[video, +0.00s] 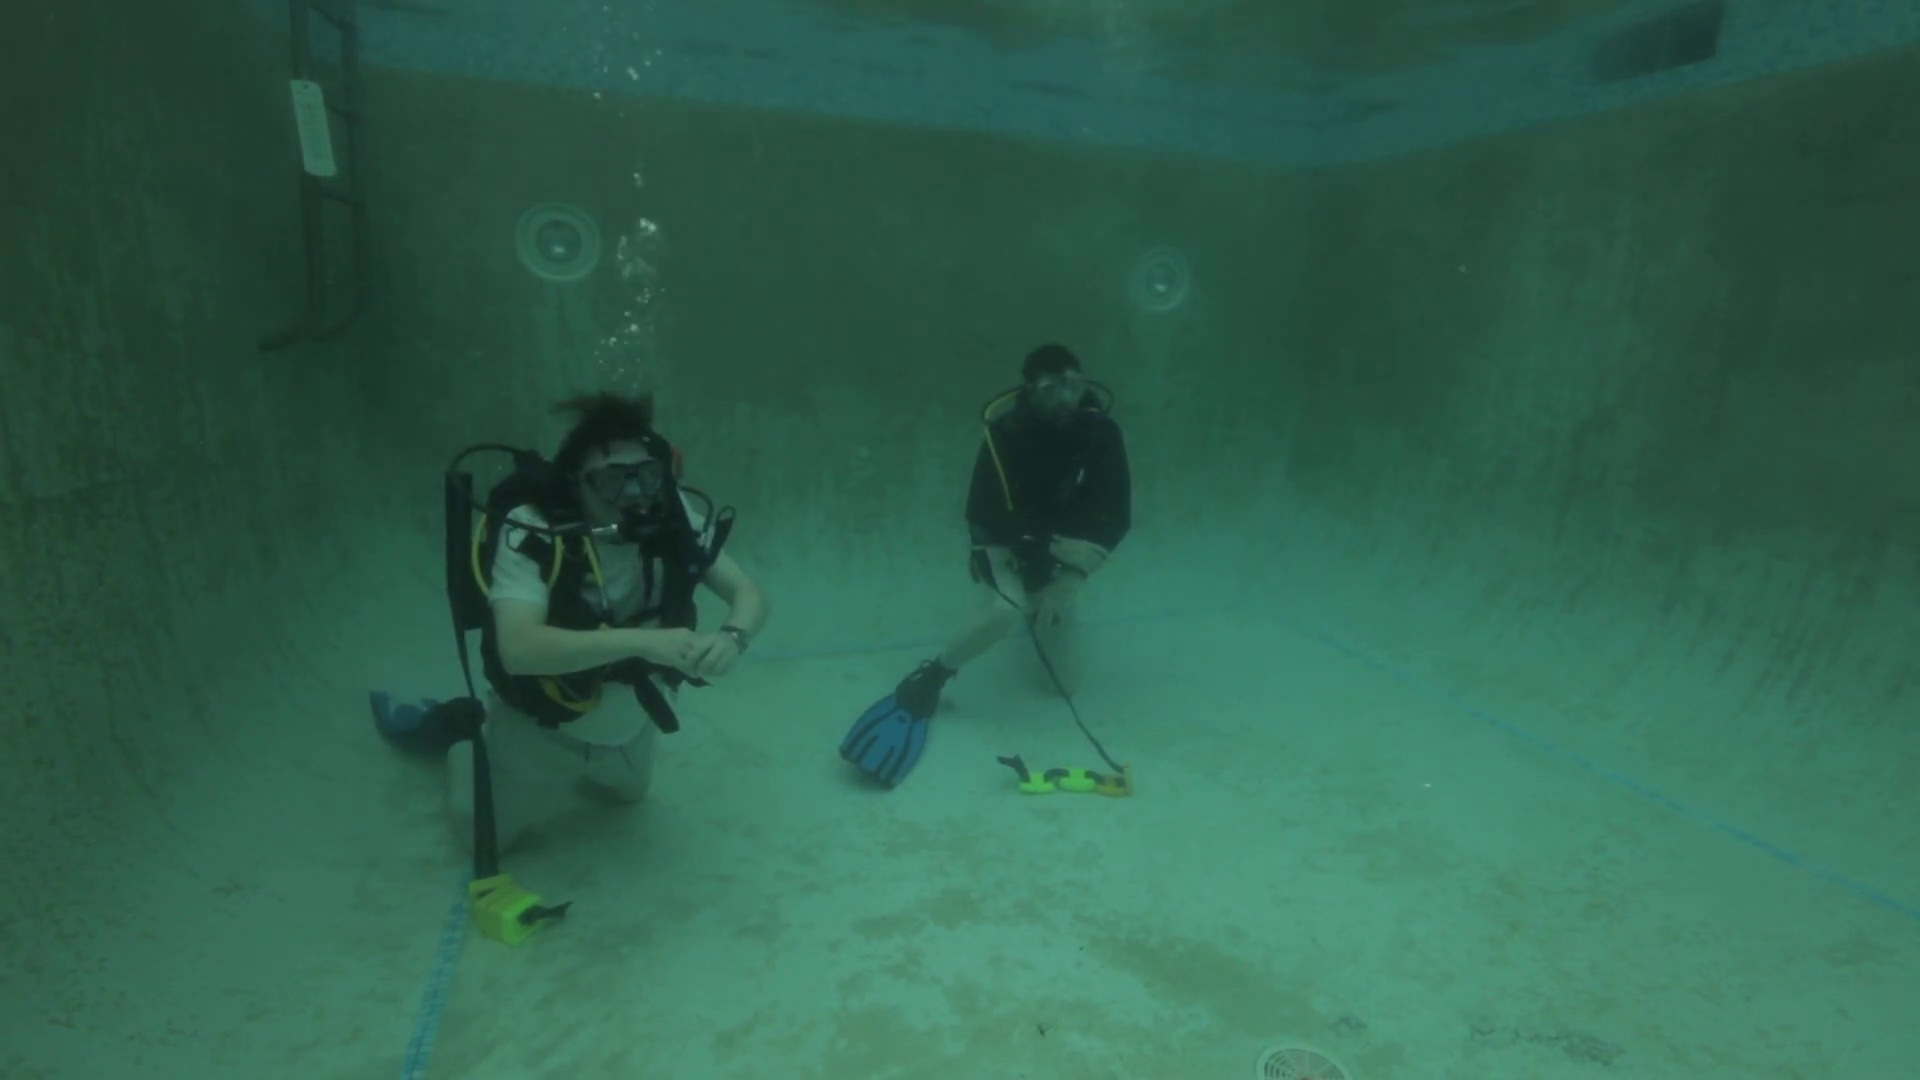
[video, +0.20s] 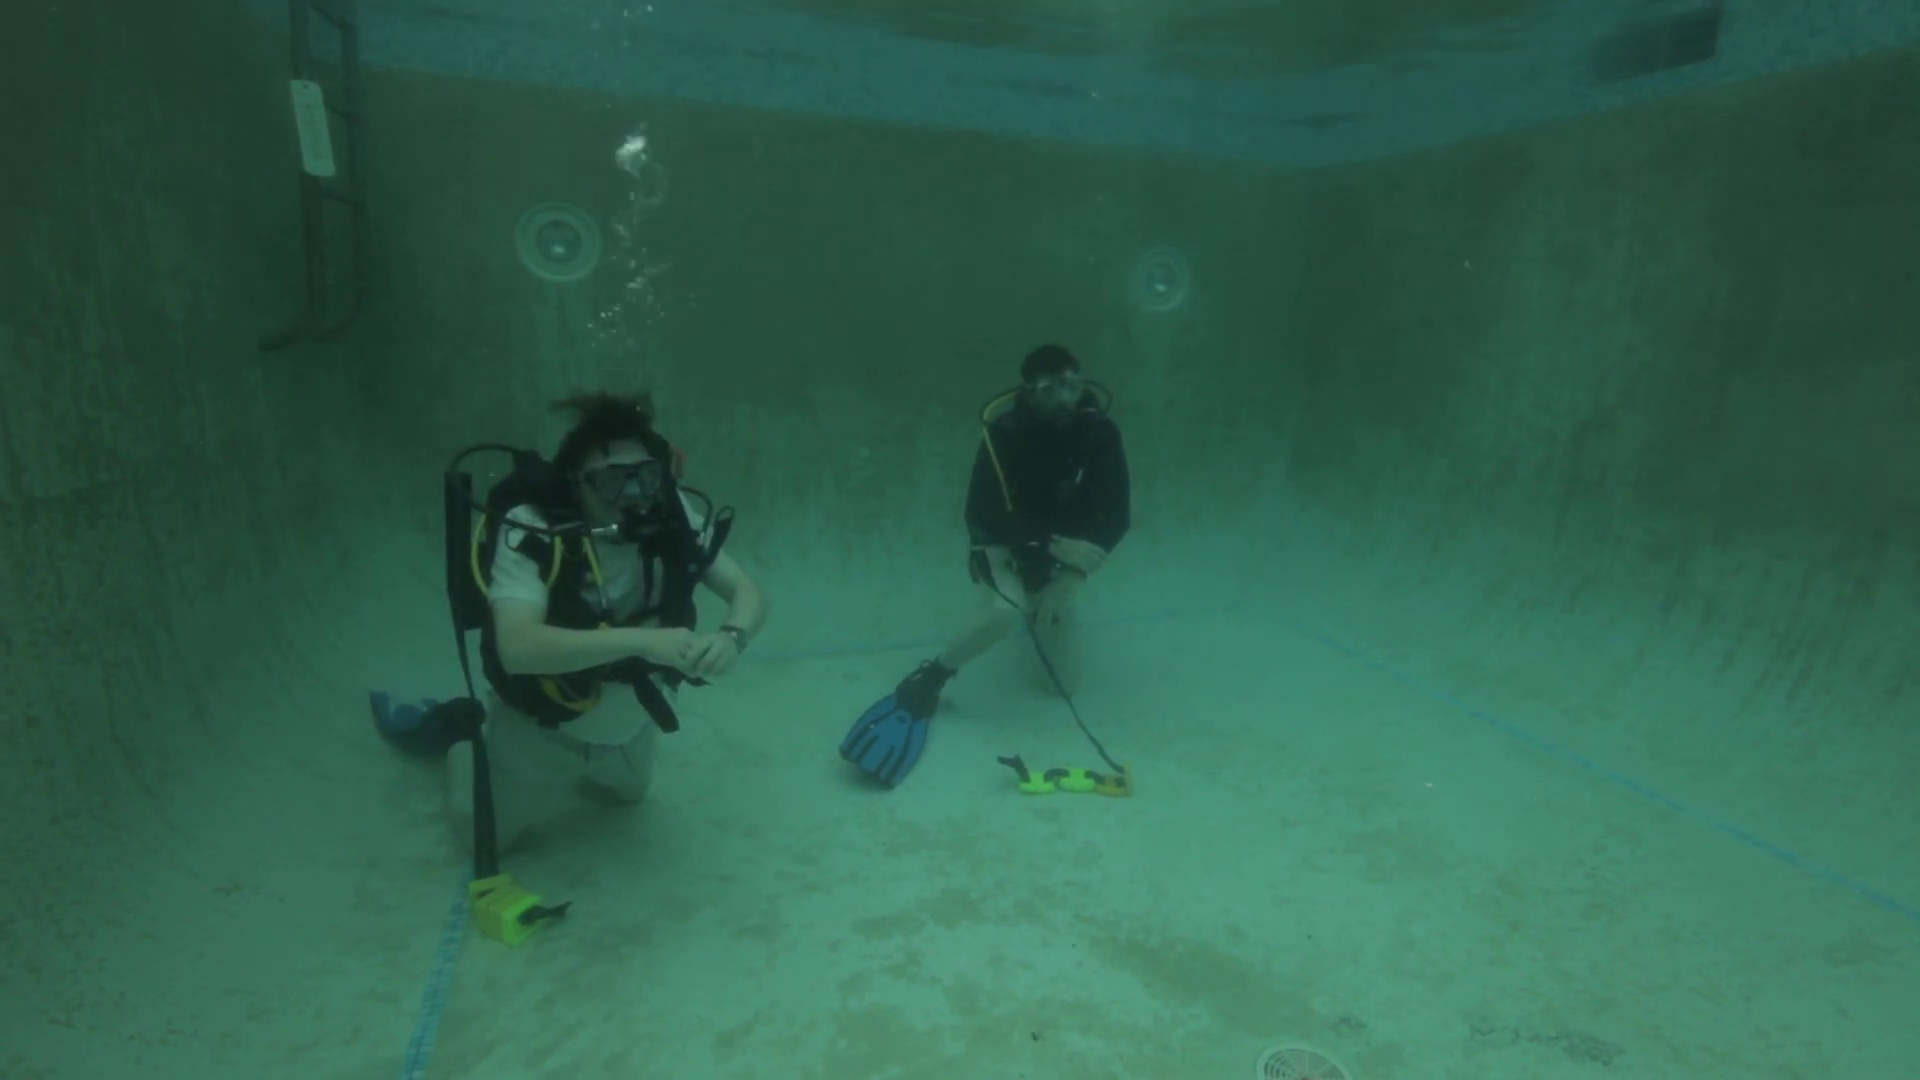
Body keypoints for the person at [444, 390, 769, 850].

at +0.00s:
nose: (632, 494)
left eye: (643, 478)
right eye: (612, 480)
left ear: (661, 476)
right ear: (577, 482)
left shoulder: (671, 518)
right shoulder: (531, 527)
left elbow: (748, 593)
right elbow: (517, 649)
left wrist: (733, 636)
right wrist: (647, 643)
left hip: (626, 708)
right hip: (538, 715)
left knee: (628, 785)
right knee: (486, 836)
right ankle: (462, 728)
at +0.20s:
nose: (631, 495)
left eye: (643, 478)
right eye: (612, 480)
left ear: (662, 476)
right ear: (577, 482)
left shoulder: (672, 518)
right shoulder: (530, 527)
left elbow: (748, 593)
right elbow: (516, 648)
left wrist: (732, 636)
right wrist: (646, 642)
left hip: (626, 710)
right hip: (538, 717)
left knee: (628, 785)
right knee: (486, 837)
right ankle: (462, 728)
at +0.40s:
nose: (633, 496)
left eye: (644, 478)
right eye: (613, 481)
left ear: (662, 475)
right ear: (577, 484)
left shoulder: (670, 519)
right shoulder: (529, 527)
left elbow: (747, 592)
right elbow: (515, 647)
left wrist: (731, 635)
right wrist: (644, 641)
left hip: (627, 710)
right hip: (538, 717)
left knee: (628, 786)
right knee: (488, 835)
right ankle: (464, 730)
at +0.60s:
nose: (638, 498)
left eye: (648, 480)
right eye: (618, 485)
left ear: (664, 474)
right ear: (578, 488)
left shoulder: (668, 516)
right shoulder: (527, 527)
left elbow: (746, 591)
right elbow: (514, 646)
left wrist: (730, 633)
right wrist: (642, 639)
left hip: (626, 706)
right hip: (536, 714)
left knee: (626, 786)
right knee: (487, 836)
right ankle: (463, 729)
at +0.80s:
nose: (645, 505)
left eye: (652, 486)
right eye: (626, 493)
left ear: (663, 473)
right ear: (581, 493)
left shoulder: (667, 513)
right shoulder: (525, 525)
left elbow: (744, 589)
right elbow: (512, 644)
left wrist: (729, 631)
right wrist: (639, 637)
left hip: (627, 705)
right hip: (538, 713)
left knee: (628, 786)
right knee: (489, 835)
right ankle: (464, 730)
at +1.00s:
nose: (650, 508)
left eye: (656, 489)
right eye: (630, 498)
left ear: (665, 474)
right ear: (582, 496)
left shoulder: (666, 515)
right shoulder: (525, 526)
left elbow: (743, 588)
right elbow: (511, 643)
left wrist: (728, 631)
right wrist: (641, 637)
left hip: (627, 708)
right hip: (538, 718)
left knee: (628, 787)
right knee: (491, 837)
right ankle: (465, 730)